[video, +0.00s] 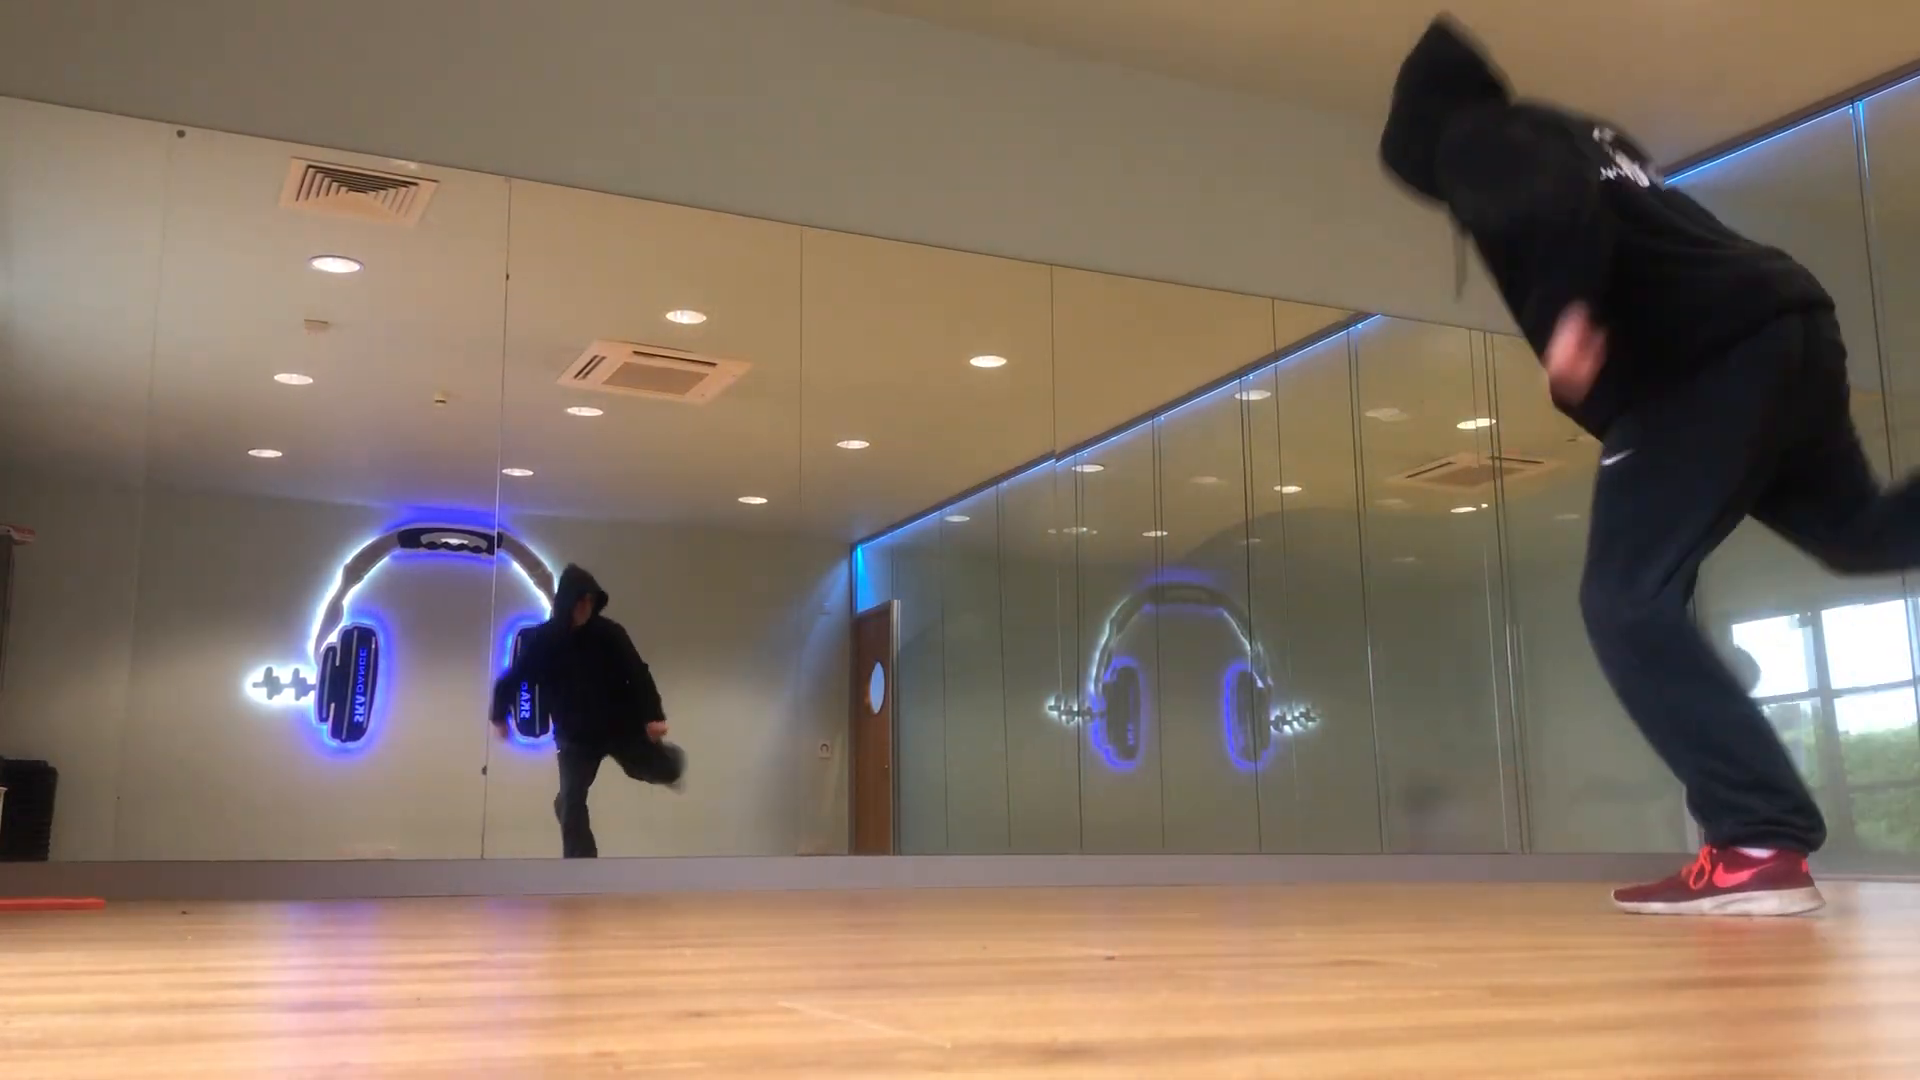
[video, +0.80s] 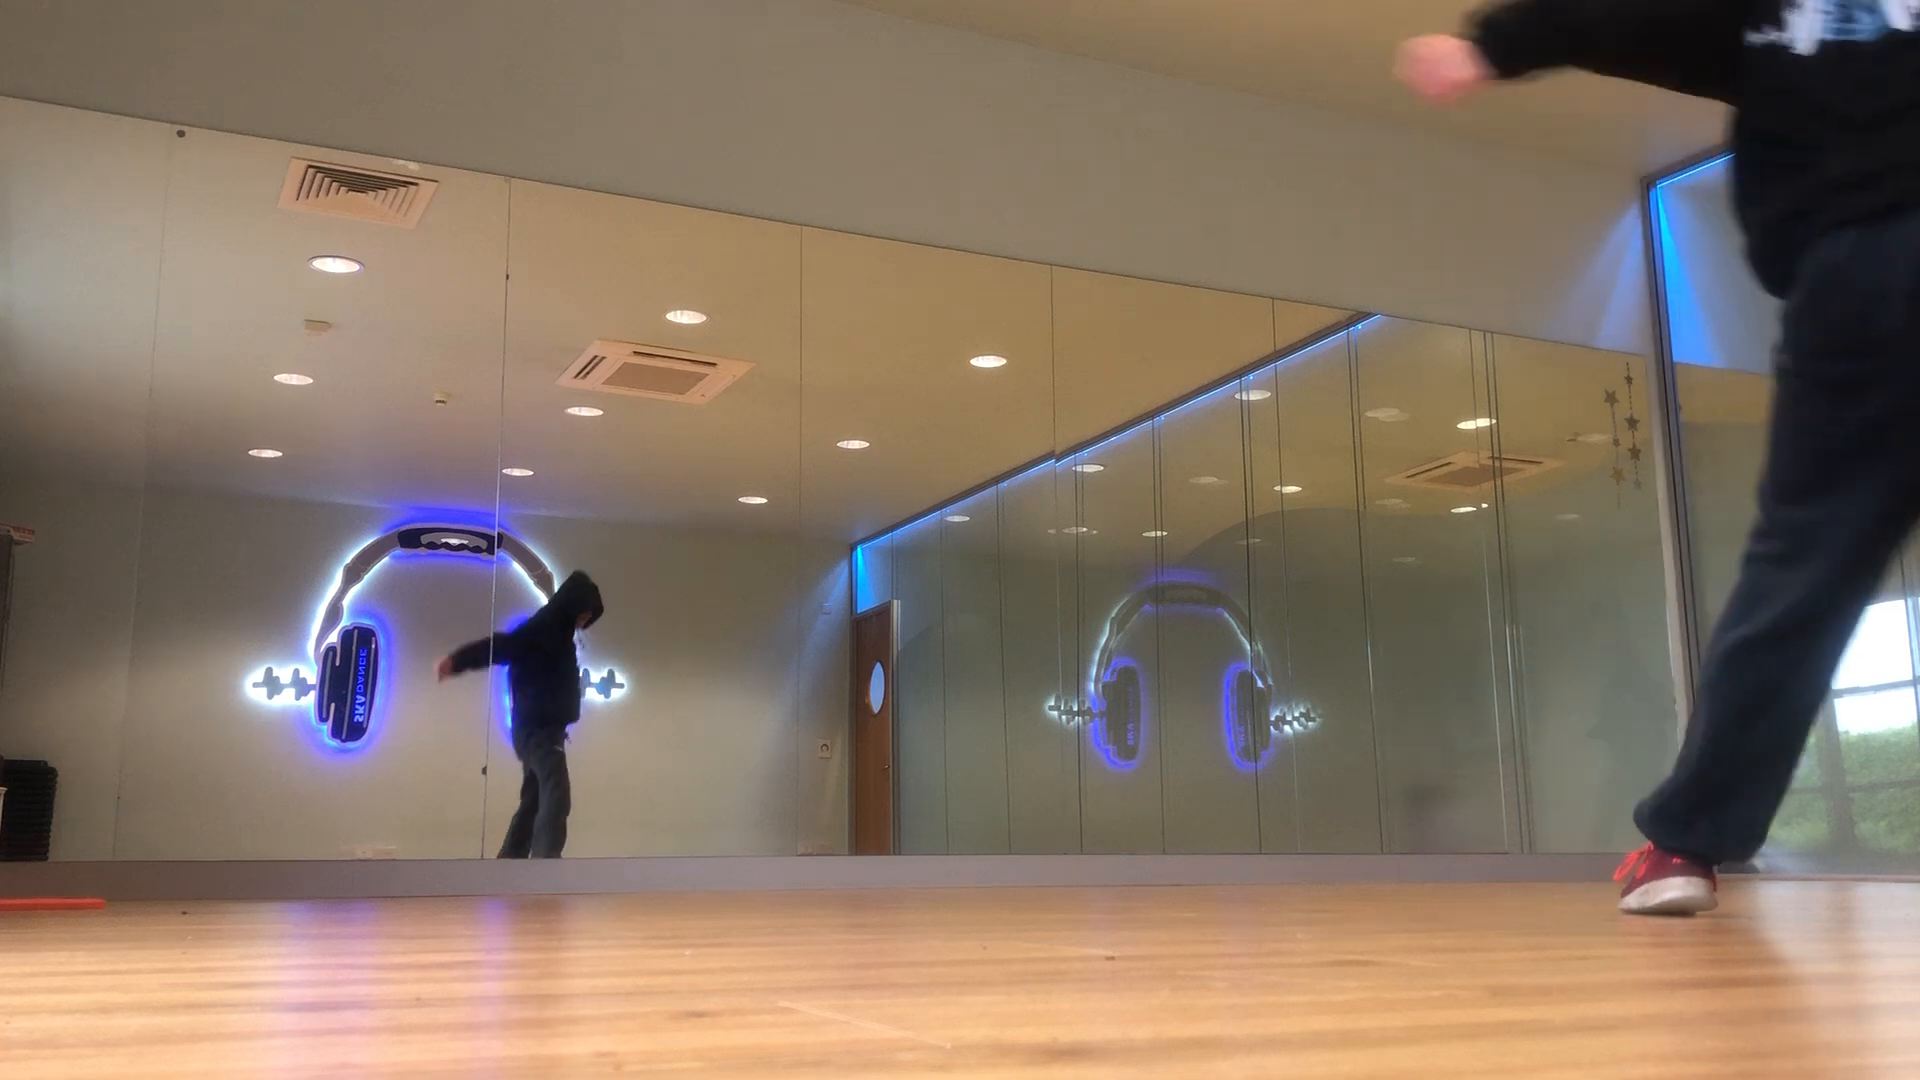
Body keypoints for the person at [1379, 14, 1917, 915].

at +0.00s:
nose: (1422, 184)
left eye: (1417, 165)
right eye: (1417, 169)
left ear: (1424, 128)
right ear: (1477, 90)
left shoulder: (1475, 137)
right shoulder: (1566, 134)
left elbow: (1550, 193)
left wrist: (1567, 307)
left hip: (1709, 357)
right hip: (1786, 334)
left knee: (1627, 601)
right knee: (1858, 532)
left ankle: (1760, 839)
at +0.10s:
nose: (1441, 81)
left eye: (1445, 61)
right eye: (1441, 68)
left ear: (1462, 32)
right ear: (1532, 11)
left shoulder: (1492, 46)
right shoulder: (1608, 60)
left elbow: (1569, 81)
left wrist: (1614, 152)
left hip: (1661, 331)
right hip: (1771, 301)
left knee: (1647, 605)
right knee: (1869, 487)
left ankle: (1732, 831)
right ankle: (1899, 397)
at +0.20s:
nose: (1464, 34)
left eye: (1469, 25)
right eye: (1465, 29)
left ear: (1486, 5)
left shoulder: (1513, 15)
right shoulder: (1668, 32)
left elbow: (1574, 74)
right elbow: (1720, 129)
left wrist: (1509, 200)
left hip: (1627, 309)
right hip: (1761, 272)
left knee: (1645, 570)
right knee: (1891, 485)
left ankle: (1676, 833)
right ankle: (1792, 506)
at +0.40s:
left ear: (1542, 69)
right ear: (1634, 52)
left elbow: (1377, 201)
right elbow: (1895, 165)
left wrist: (1472, 173)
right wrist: (1887, 287)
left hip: (1658, 342)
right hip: (1814, 317)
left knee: (1640, 597)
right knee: (1818, 530)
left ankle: (1675, 849)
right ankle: (1900, 675)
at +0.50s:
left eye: (1578, 40)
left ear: (1586, 34)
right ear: (1672, 19)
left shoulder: (1572, 88)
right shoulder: (1781, 61)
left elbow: (1497, 211)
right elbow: (1906, 110)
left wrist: (1614, 201)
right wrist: (1829, 188)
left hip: (1667, 335)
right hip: (1834, 310)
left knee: (1666, 596)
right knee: (1910, 547)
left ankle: (1674, 848)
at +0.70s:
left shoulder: (1657, 19)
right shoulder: (1643, 18)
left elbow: (1511, 56)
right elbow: (1513, 56)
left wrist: (1395, 137)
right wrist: (1398, 136)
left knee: (1753, 548)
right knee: (1754, 547)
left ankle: (1682, 834)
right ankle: (1682, 833)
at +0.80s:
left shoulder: (1778, 29)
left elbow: (1645, 17)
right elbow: (1656, 19)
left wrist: (1493, 45)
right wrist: (1497, 42)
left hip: (1870, 272)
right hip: (1872, 268)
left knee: (1804, 555)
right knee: (1805, 560)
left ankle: (1688, 840)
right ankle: (1690, 838)